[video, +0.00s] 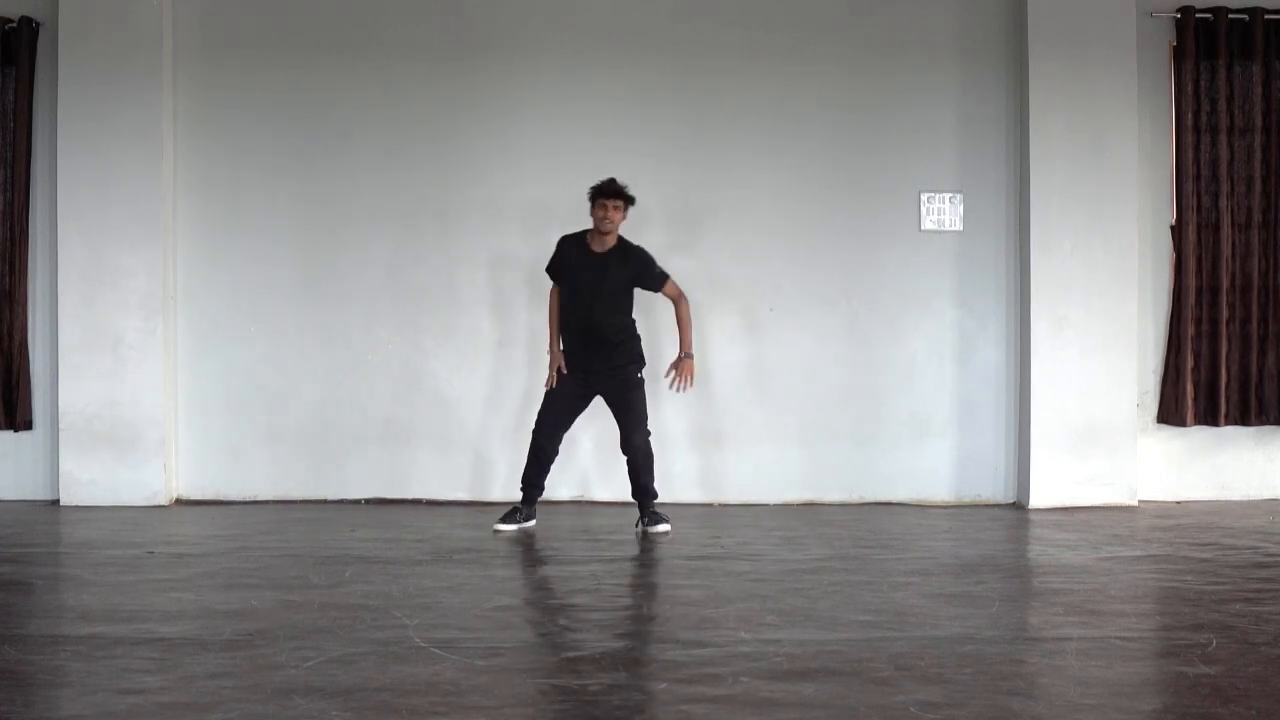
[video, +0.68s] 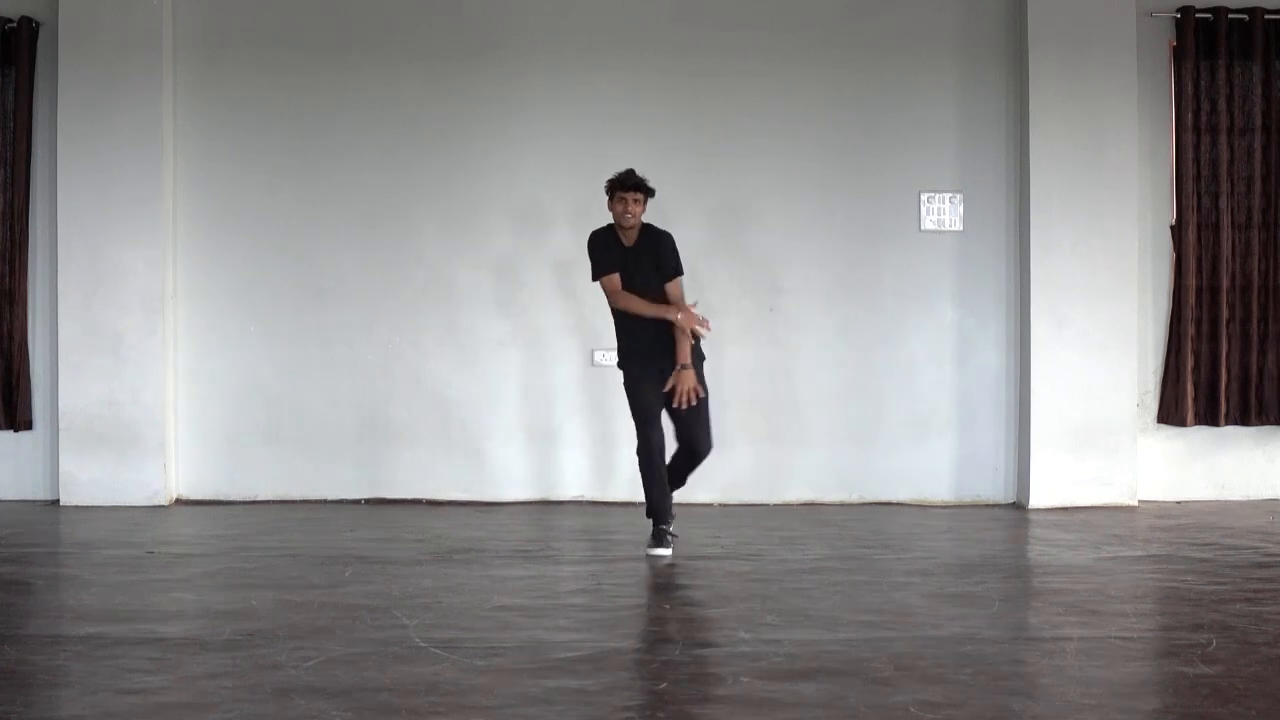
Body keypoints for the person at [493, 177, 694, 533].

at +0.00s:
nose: (608, 214)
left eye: (615, 209)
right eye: (602, 207)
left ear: (625, 215)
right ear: (591, 209)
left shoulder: (634, 258)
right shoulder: (568, 247)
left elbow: (679, 298)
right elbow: (557, 295)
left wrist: (686, 353)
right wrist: (554, 350)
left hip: (621, 367)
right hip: (575, 366)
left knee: (636, 440)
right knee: (544, 434)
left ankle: (648, 510)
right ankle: (526, 507)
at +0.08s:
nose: (626, 207)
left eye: (634, 202)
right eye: (620, 200)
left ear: (642, 207)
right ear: (609, 204)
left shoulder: (654, 250)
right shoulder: (589, 247)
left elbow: (684, 294)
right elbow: (562, 298)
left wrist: (672, 343)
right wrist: (546, 349)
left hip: (629, 362)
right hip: (581, 356)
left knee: (639, 439)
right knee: (536, 412)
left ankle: (648, 509)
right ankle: (519, 490)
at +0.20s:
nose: (632, 194)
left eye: (639, 188)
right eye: (625, 188)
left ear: (648, 192)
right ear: (614, 191)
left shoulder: (667, 234)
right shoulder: (602, 239)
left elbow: (682, 287)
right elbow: (566, 288)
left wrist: (644, 315)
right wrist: (542, 338)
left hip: (642, 347)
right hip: (599, 336)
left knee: (647, 431)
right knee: (539, 362)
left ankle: (650, 509)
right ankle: (531, 434)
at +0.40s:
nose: (629, 199)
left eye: (636, 192)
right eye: (622, 192)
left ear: (646, 194)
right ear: (611, 195)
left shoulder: (660, 218)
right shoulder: (604, 232)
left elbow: (671, 274)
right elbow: (599, 280)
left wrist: (629, 315)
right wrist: (594, 321)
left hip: (660, 336)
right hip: (621, 330)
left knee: (657, 425)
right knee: (586, 339)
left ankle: (651, 508)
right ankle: (591, 424)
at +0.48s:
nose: (632, 206)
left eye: (639, 200)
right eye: (625, 199)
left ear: (649, 202)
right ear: (614, 201)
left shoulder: (662, 228)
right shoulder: (609, 232)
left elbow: (663, 285)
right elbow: (617, 281)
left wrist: (636, 332)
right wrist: (629, 328)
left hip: (669, 340)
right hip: (628, 336)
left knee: (665, 427)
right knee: (600, 376)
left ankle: (652, 507)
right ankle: (619, 461)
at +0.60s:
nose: (631, 212)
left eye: (638, 206)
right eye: (624, 205)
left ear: (648, 209)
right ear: (613, 208)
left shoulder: (662, 244)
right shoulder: (606, 241)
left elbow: (662, 306)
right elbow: (626, 292)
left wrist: (656, 369)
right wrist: (674, 324)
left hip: (674, 346)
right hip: (632, 346)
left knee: (675, 437)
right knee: (633, 435)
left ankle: (653, 505)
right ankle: (652, 519)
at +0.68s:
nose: (629, 208)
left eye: (636, 202)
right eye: (621, 201)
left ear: (645, 206)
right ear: (609, 204)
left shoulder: (661, 241)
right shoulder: (600, 242)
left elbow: (678, 306)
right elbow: (616, 297)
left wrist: (686, 366)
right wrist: (674, 312)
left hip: (678, 353)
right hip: (637, 357)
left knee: (697, 445)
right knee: (650, 444)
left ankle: (658, 492)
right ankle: (661, 524)